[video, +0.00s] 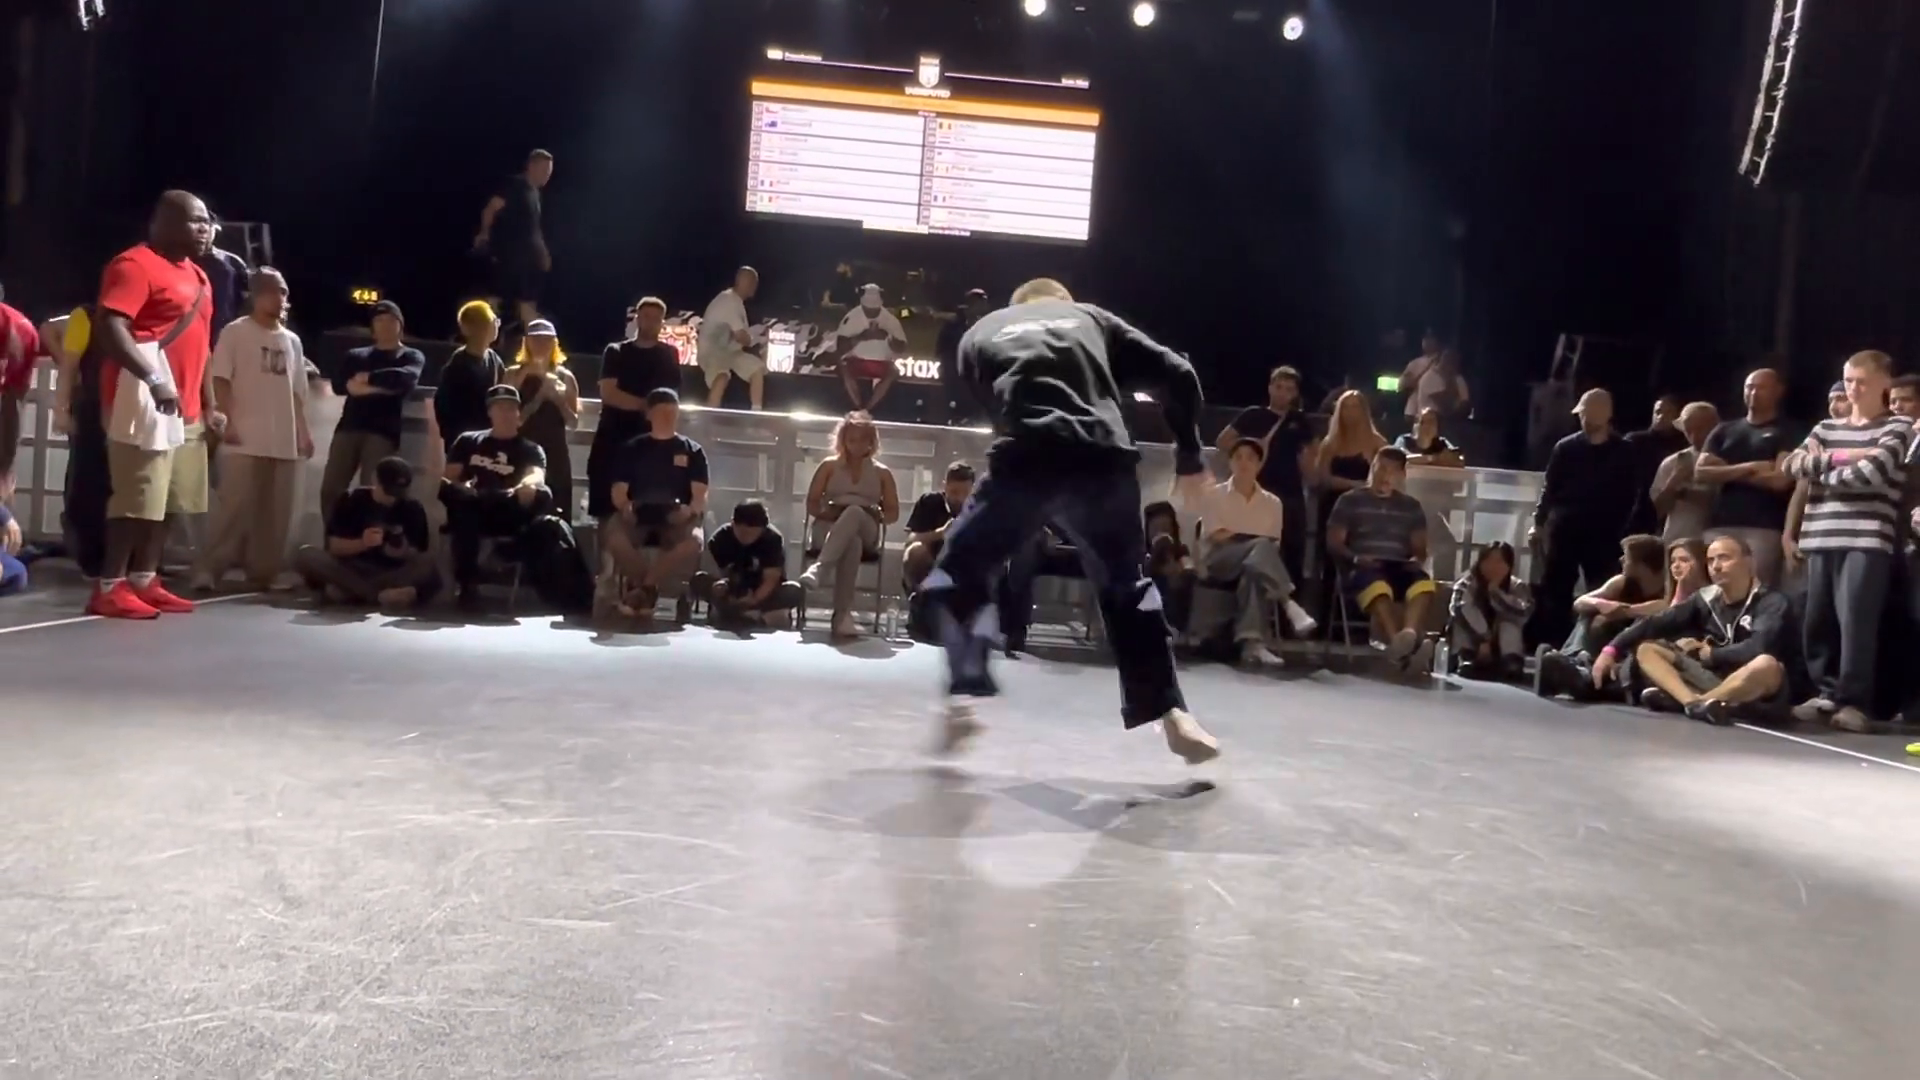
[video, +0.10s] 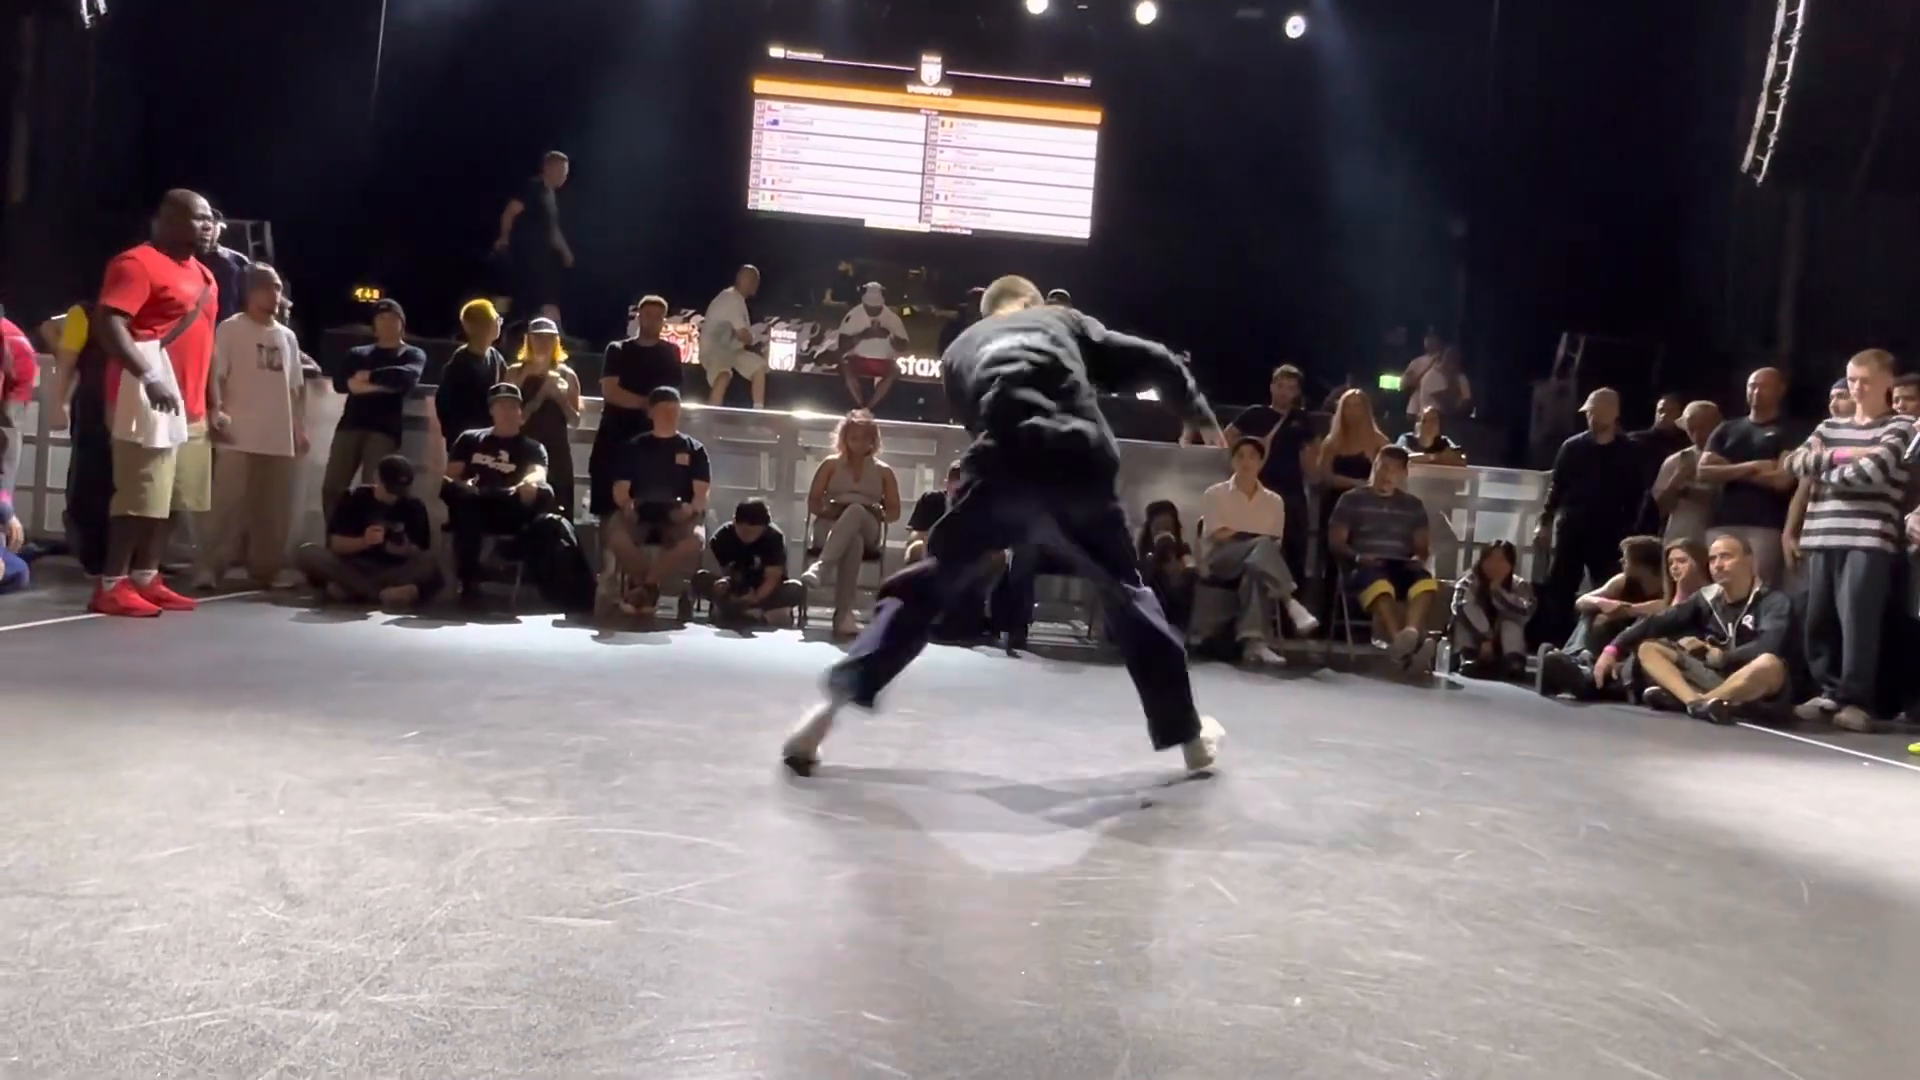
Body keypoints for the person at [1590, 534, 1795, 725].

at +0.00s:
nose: (1715, 567)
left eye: (1724, 559)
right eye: (1711, 561)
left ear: (1748, 562)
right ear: (1707, 567)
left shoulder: (1772, 602)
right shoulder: (1705, 598)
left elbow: (1758, 648)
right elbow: (1659, 623)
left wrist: (1710, 654)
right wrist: (1612, 651)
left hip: (1762, 692)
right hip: (1716, 682)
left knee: (1766, 665)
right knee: (1646, 650)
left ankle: (1696, 703)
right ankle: (1694, 704)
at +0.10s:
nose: (1717, 565)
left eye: (1726, 557)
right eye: (1713, 559)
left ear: (1750, 561)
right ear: (1709, 566)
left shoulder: (1773, 601)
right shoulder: (1706, 597)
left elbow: (1770, 645)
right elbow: (1660, 622)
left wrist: (1722, 657)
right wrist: (1613, 650)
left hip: (1759, 687)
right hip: (1714, 680)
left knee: (1769, 664)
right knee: (1647, 650)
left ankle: (1698, 702)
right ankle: (1695, 703)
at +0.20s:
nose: (1719, 564)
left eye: (1728, 556)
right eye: (1715, 558)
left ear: (1751, 560)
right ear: (1711, 564)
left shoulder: (1777, 601)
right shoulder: (1707, 597)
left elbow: (1783, 643)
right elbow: (1662, 621)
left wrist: (1730, 657)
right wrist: (1615, 648)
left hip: (1762, 686)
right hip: (1716, 679)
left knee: (1771, 663)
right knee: (1649, 648)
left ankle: (1702, 701)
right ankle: (1698, 701)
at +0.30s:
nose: (1721, 562)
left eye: (1730, 555)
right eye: (1716, 557)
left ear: (1753, 559)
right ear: (1712, 563)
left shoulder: (1778, 600)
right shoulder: (1709, 596)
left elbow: (1792, 642)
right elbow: (1662, 620)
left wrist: (1735, 655)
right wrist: (1616, 647)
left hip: (1764, 685)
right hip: (1719, 679)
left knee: (1773, 662)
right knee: (1650, 647)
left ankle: (1705, 699)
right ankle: (1700, 700)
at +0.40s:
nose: (1723, 561)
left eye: (1732, 554)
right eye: (1719, 556)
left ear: (1756, 559)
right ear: (1714, 562)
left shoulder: (1780, 599)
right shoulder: (1710, 595)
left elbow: (1799, 639)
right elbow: (1663, 620)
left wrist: (1743, 650)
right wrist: (1618, 647)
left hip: (1766, 686)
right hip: (1720, 678)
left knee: (1775, 661)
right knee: (1652, 647)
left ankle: (1708, 699)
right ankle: (1701, 700)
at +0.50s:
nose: (1725, 560)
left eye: (1734, 553)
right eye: (1721, 555)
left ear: (1757, 558)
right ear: (1717, 562)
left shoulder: (1781, 598)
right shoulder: (1712, 596)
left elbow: (1812, 633)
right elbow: (1666, 620)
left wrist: (1757, 642)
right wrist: (1620, 646)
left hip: (1770, 689)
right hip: (1724, 678)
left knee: (1775, 661)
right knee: (1654, 647)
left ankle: (1704, 700)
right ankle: (1704, 699)